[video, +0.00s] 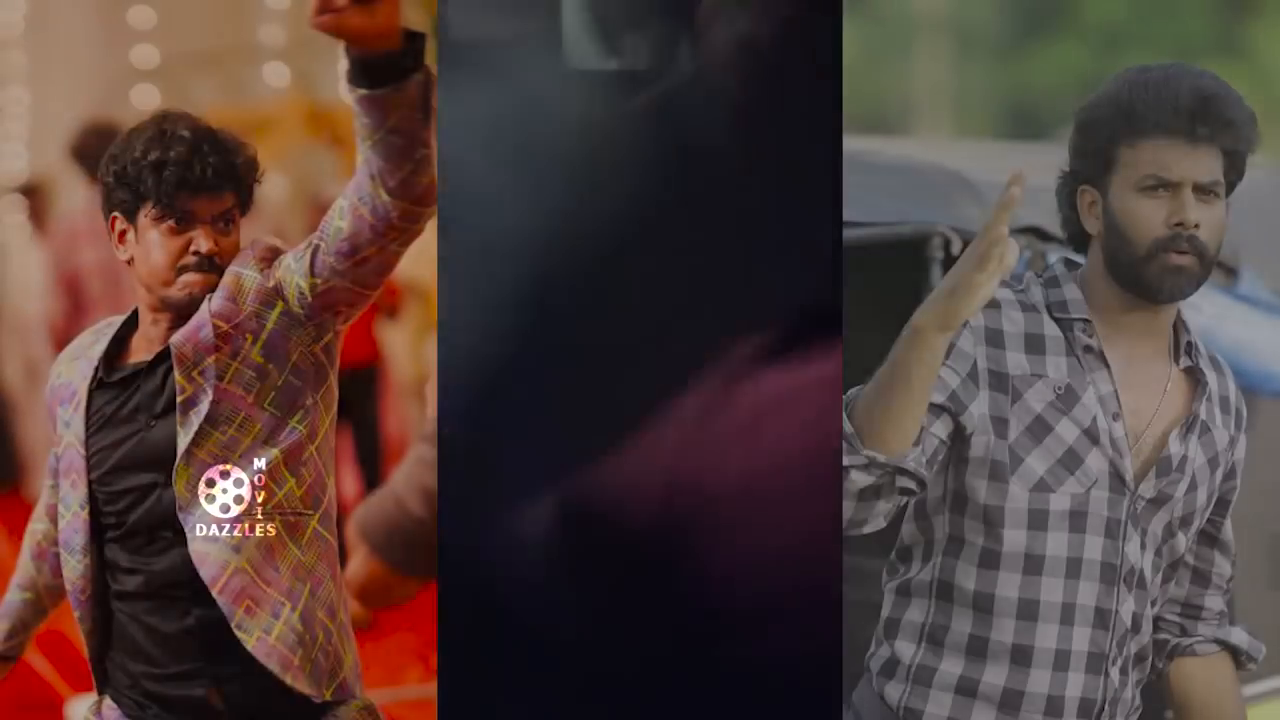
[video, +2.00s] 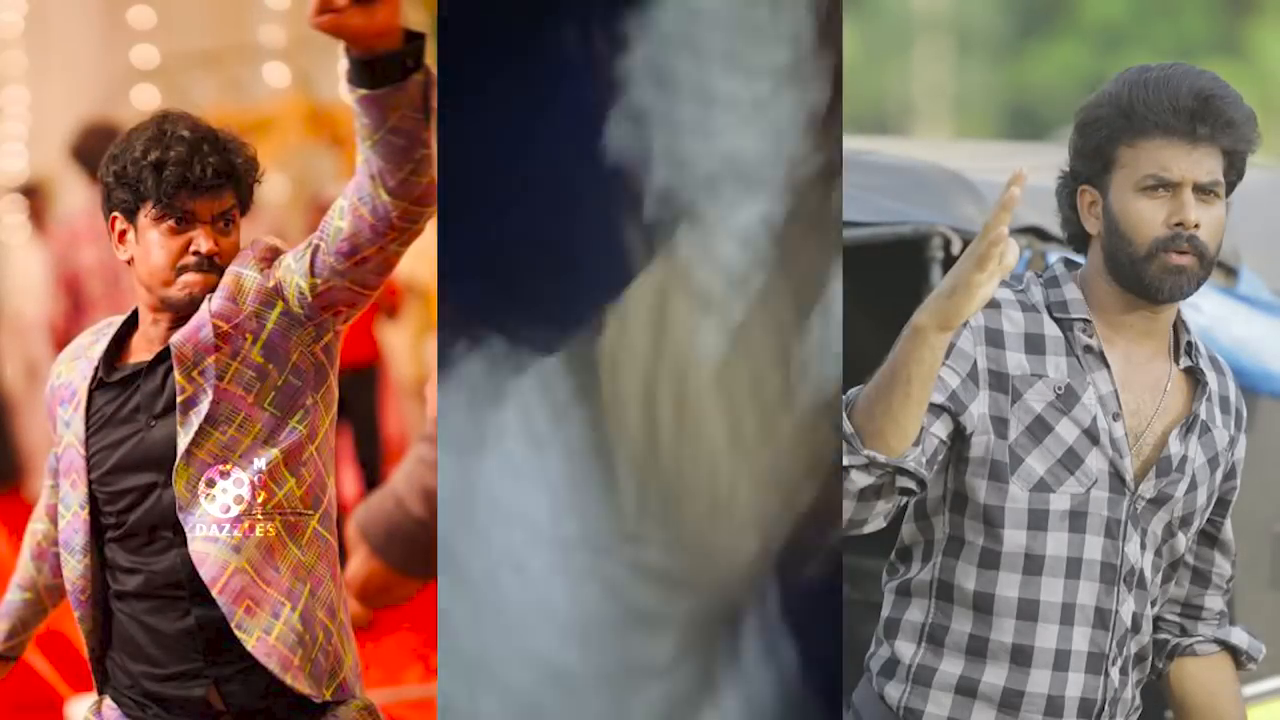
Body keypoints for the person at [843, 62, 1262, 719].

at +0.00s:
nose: (1187, 217)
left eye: (1207, 194)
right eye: (1157, 190)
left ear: (1228, 209)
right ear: (1091, 207)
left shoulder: (1220, 400)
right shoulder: (983, 327)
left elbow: (1192, 617)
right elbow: (853, 507)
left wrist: (1224, 710)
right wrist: (935, 320)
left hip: (1107, 709)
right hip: (936, 702)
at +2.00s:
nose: (1187, 217)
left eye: (1207, 194)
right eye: (1157, 190)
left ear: (1227, 208)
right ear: (1092, 208)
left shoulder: (1219, 398)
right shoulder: (984, 329)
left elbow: (1193, 618)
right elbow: (851, 507)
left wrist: (1226, 711)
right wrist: (932, 327)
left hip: (1106, 709)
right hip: (937, 702)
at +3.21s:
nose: (1188, 217)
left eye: (1207, 194)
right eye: (1157, 190)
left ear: (1227, 208)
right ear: (1092, 208)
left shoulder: (1219, 398)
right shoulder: (984, 330)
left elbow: (1193, 618)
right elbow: (848, 509)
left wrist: (1226, 710)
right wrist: (931, 327)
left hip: (1104, 709)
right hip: (934, 702)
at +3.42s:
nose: (1187, 217)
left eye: (1207, 194)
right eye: (1157, 190)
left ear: (1227, 208)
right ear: (1092, 207)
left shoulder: (1219, 398)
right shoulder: (984, 328)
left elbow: (1193, 617)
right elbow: (852, 507)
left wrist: (1225, 710)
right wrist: (932, 327)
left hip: (1105, 709)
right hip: (934, 702)